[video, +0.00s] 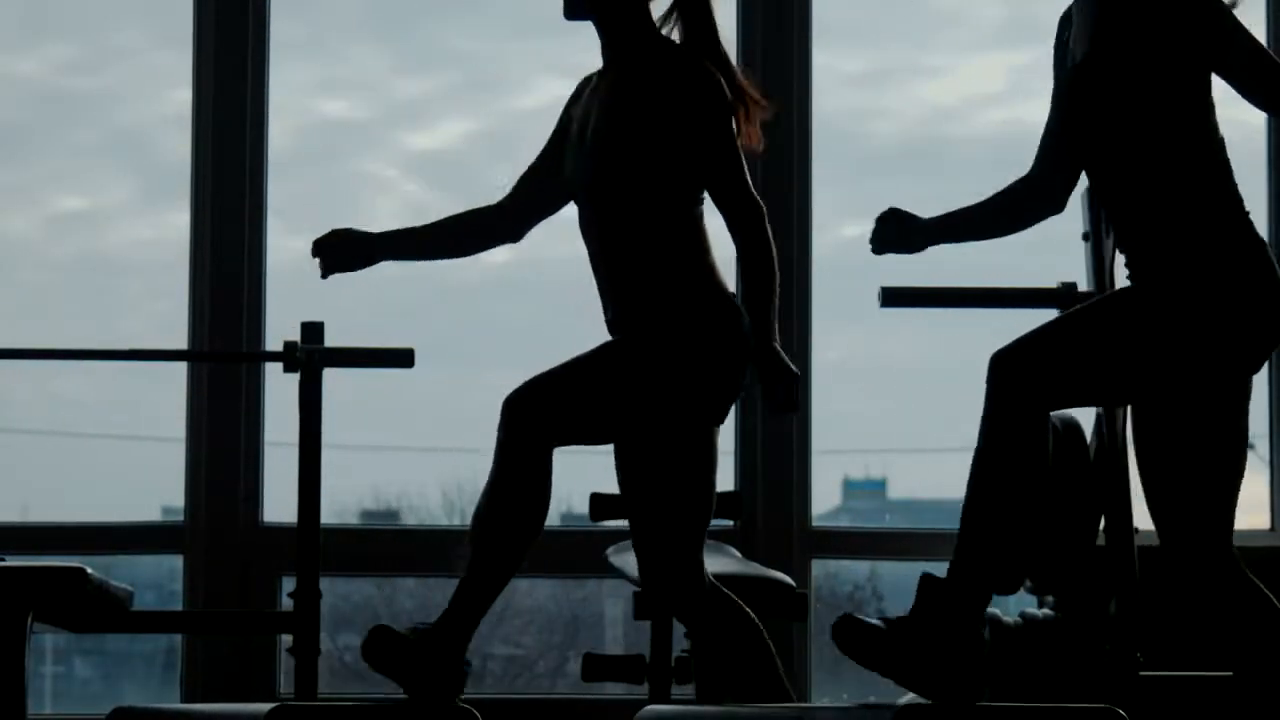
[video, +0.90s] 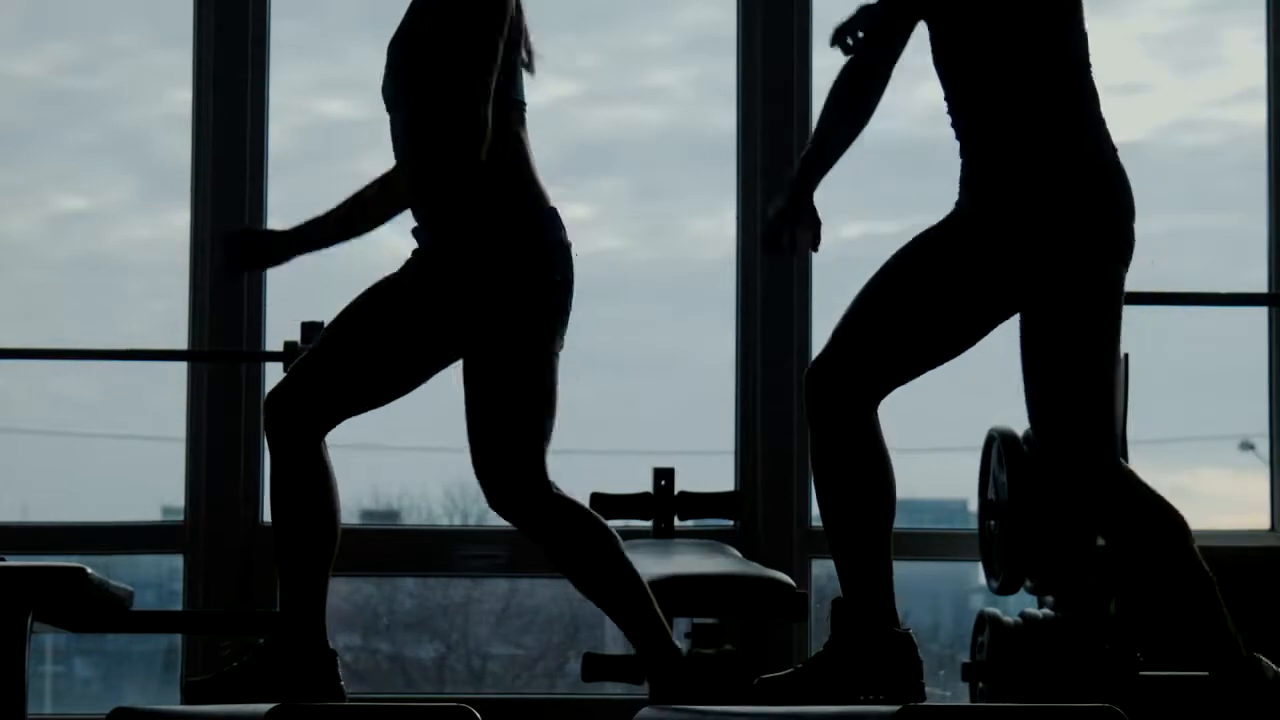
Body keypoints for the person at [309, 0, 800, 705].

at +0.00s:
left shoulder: (682, 81)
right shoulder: (594, 98)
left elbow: (751, 220)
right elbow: (509, 218)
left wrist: (769, 344)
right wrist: (380, 245)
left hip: (692, 348)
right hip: (648, 348)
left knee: (532, 413)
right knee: (674, 579)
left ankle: (447, 645)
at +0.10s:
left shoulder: (705, 48)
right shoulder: (603, 57)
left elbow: (751, 196)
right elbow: (559, 203)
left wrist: (750, 322)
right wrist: (451, 272)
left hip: (692, 318)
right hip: (656, 317)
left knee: (558, 428)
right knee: (685, 545)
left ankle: (574, 669)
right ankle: (782, 708)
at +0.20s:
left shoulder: (707, 40)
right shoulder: (602, 57)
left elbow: (743, 178)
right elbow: (585, 199)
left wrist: (721, 287)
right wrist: (513, 310)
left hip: (694, 314)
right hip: (658, 315)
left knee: (598, 479)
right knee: (702, 520)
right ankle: (775, 695)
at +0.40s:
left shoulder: (667, 33)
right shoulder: (636, 31)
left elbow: (646, 172)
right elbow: (636, 169)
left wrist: (535, 163)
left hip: (694, 313)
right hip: (647, 313)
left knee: (692, 537)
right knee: (558, 508)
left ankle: (780, 710)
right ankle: (690, 669)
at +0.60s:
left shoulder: (593, 12)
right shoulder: (579, 15)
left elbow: (521, 96)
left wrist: (369, 80)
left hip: (655, 280)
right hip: (595, 276)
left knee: (701, 506)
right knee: (414, 382)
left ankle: (782, 693)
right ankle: (422, 623)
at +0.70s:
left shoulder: (547, 26)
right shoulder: (538, 28)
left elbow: (452, 121)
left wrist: (300, 126)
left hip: (614, 303)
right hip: (553, 303)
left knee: (696, 509)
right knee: (367, 406)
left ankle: (783, 694)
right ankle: (316, 649)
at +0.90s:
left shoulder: (456, 11)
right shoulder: (477, 8)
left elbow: (426, 170)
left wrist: (287, 244)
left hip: (475, 264)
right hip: (518, 264)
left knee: (293, 416)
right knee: (518, 484)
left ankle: (302, 653)